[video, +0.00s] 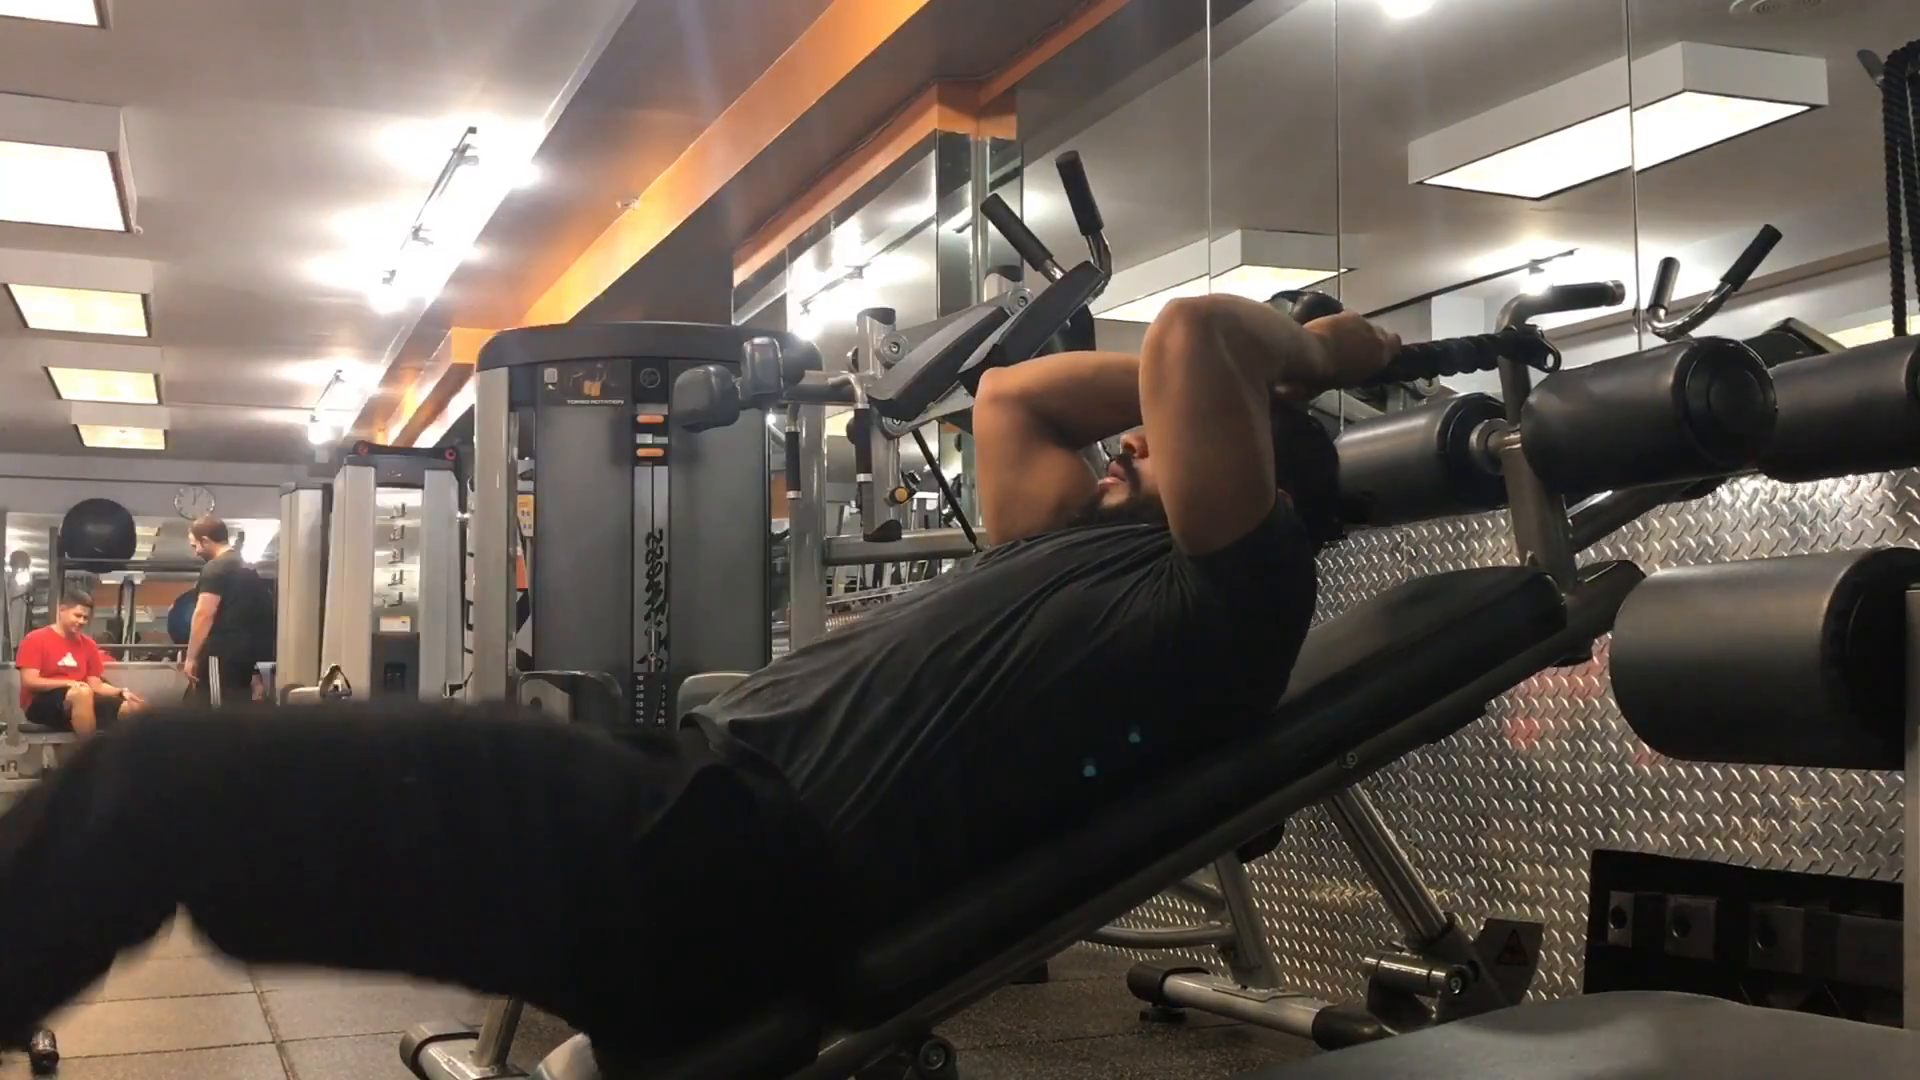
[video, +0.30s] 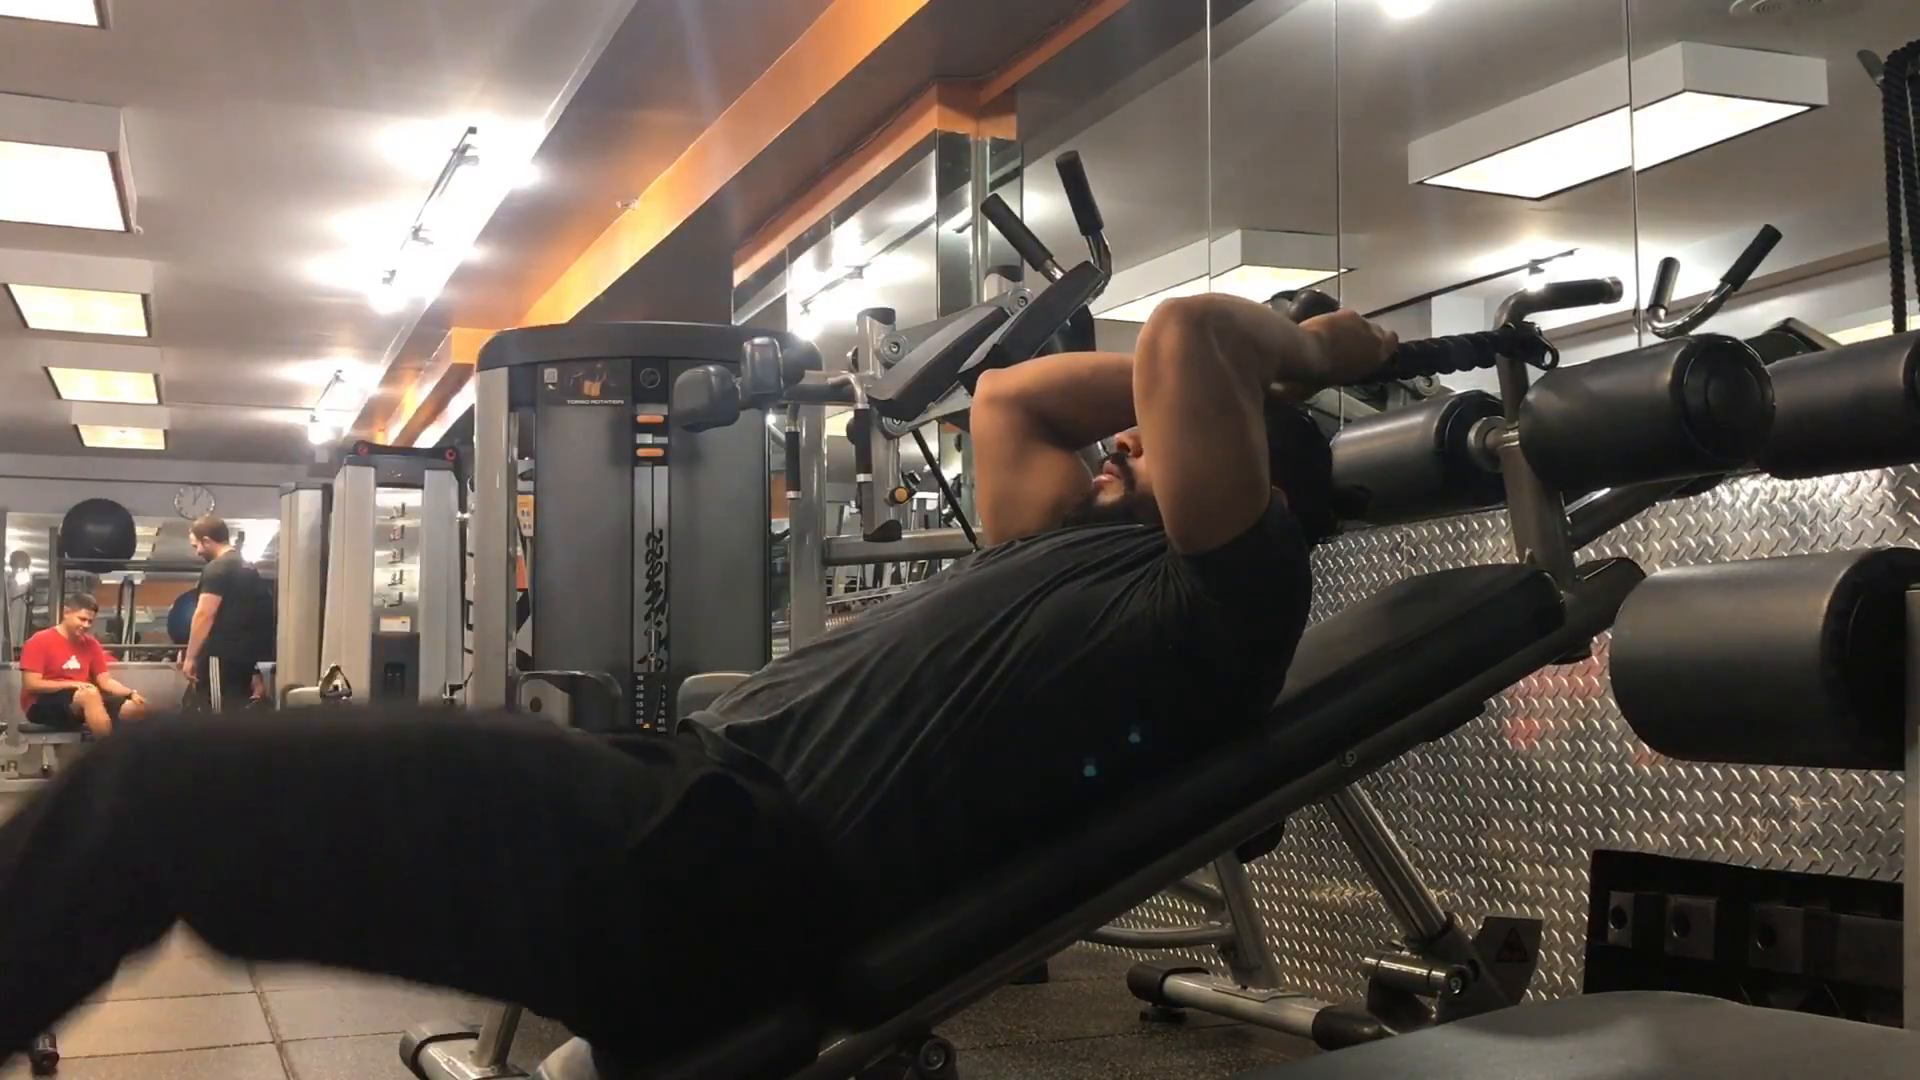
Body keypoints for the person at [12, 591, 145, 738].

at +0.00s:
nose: (82, 622)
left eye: (85, 618)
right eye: (77, 615)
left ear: (89, 619)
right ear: (61, 611)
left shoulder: (88, 644)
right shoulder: (35, 640)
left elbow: (95, 684)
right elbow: (30, 681)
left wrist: (120, 692)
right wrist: (69, 683)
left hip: (85, 701)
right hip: (42, 704)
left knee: (131, 707)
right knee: (82, 693)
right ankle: (93, 757)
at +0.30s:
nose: (86, 625)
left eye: (90, 622)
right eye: (82, 619)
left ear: (94, 622)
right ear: (66, 613)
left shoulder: (91, 644)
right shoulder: (40, 641)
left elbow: (104, 681)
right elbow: (32, 684)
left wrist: (130, 693)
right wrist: (74, 685)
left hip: (81, 703)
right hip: (42, 704)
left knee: (134, 708)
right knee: (90, 695)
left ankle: (131, 761)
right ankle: (112, 756)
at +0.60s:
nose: (89, 628)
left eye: (93, 624)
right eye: (85, 622)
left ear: (98, 622)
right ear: (71, 615)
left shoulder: (96, 642)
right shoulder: (45, 642)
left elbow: (112, 676)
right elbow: (35, 685)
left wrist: (137, 695)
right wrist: (75, 686)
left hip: (85, 703)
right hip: (45, 704)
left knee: (143, 712)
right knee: (88, 694)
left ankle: (130, 769)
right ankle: (110, 758)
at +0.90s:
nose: (89, 626)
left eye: (94, 622)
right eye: (85, 619)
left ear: (98, 622)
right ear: (71, 613)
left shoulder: (96, 641)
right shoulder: (45, 640)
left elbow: (113, 675)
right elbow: (34, 683)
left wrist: (137, 695)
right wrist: (73, 689)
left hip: (85, 703)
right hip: (44, 704)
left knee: (143, 712)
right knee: (83, 700)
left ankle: (128, 774)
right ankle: (74, 771)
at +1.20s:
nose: (89, 628)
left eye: (94, 623)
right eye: (86, 621)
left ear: (98, 623)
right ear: (72, 614)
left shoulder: (95, 643)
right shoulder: (46, 641)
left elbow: (112, 676)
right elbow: (34, 683)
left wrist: (137, 695)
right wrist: (65, 694)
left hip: (84, 701)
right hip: (45, 702)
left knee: (142, 712)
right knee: (65, 709)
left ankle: (127, 774)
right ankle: (65, 775)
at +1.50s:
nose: (85, 625)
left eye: (90, 621)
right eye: (82, 618)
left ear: (95, 621)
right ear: (68, 613)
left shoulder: (93, 643)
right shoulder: (43, 639)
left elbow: (110, 677)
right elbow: (30, 679)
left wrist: (135, 694)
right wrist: (62, 686)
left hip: (82, 702)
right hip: (42, 704)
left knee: (141, 711)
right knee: (60, 696)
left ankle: (127, 774)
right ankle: (60, 764)